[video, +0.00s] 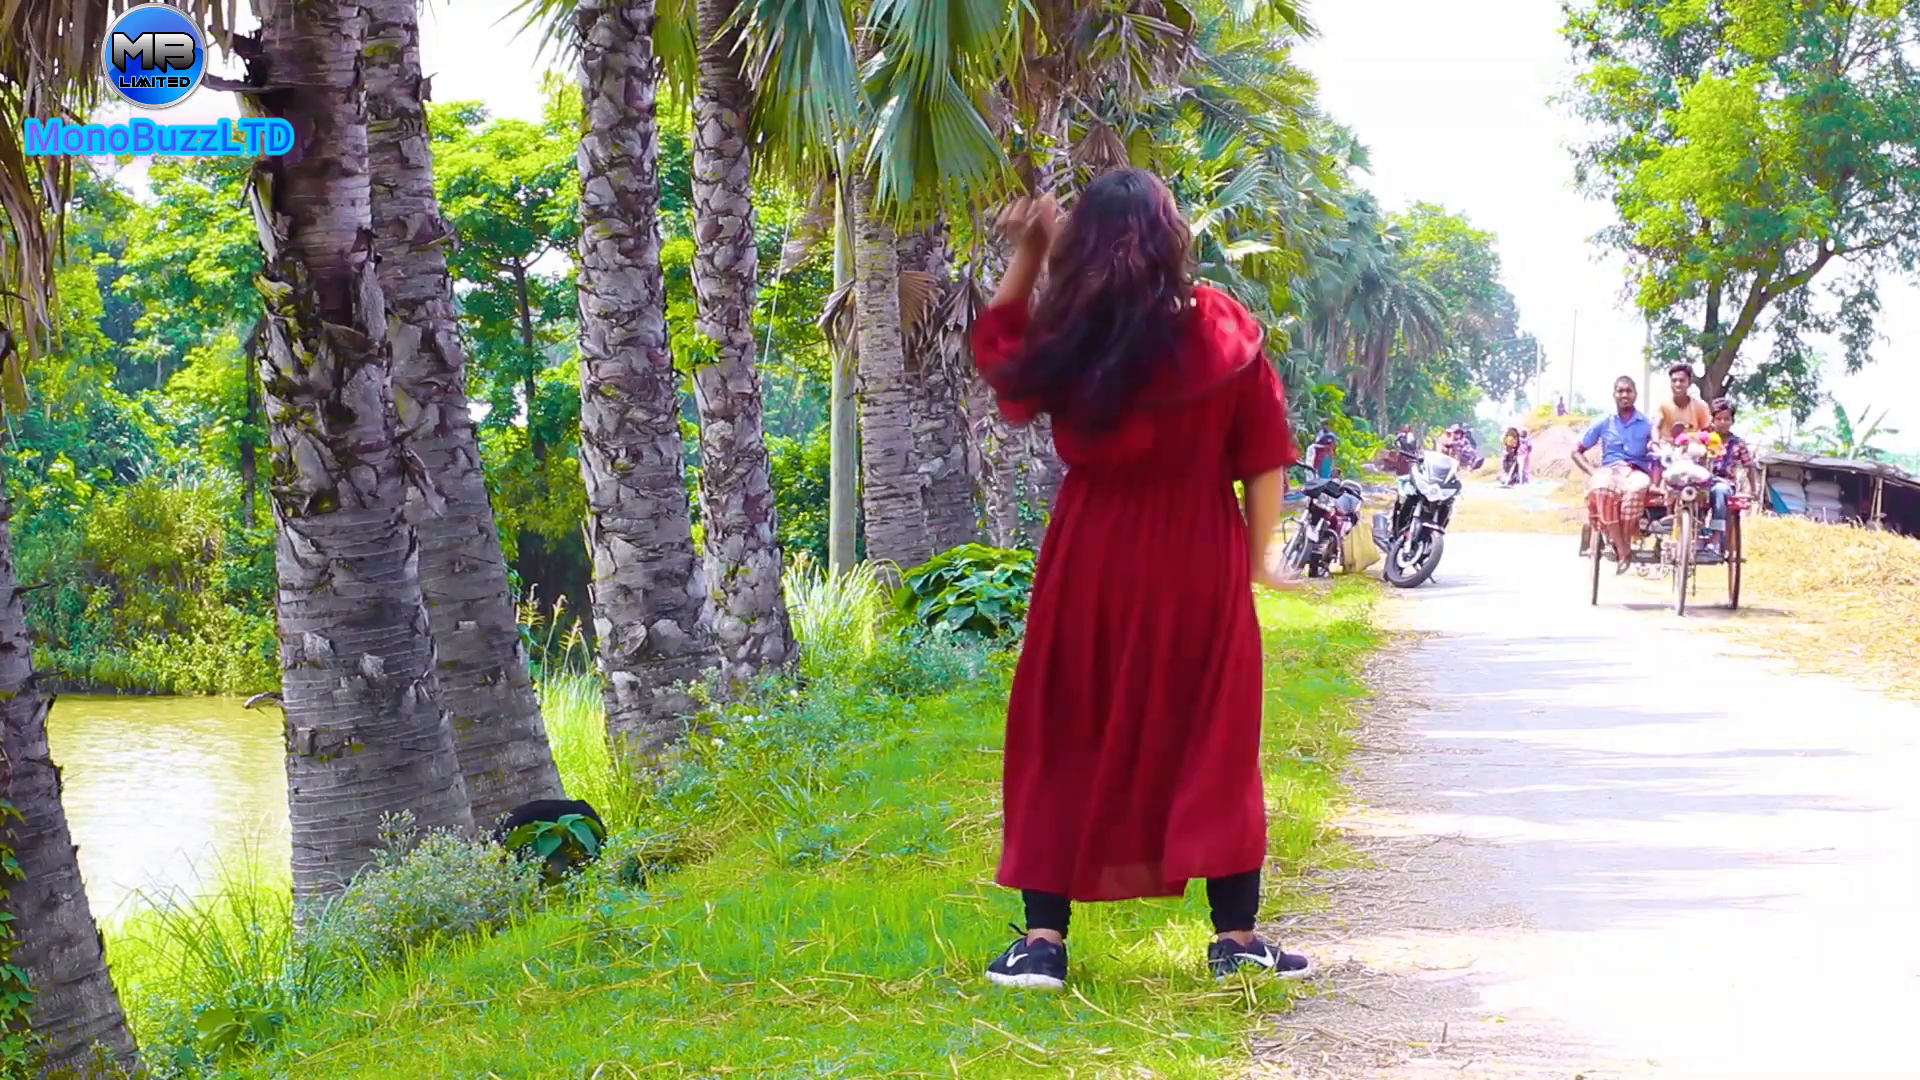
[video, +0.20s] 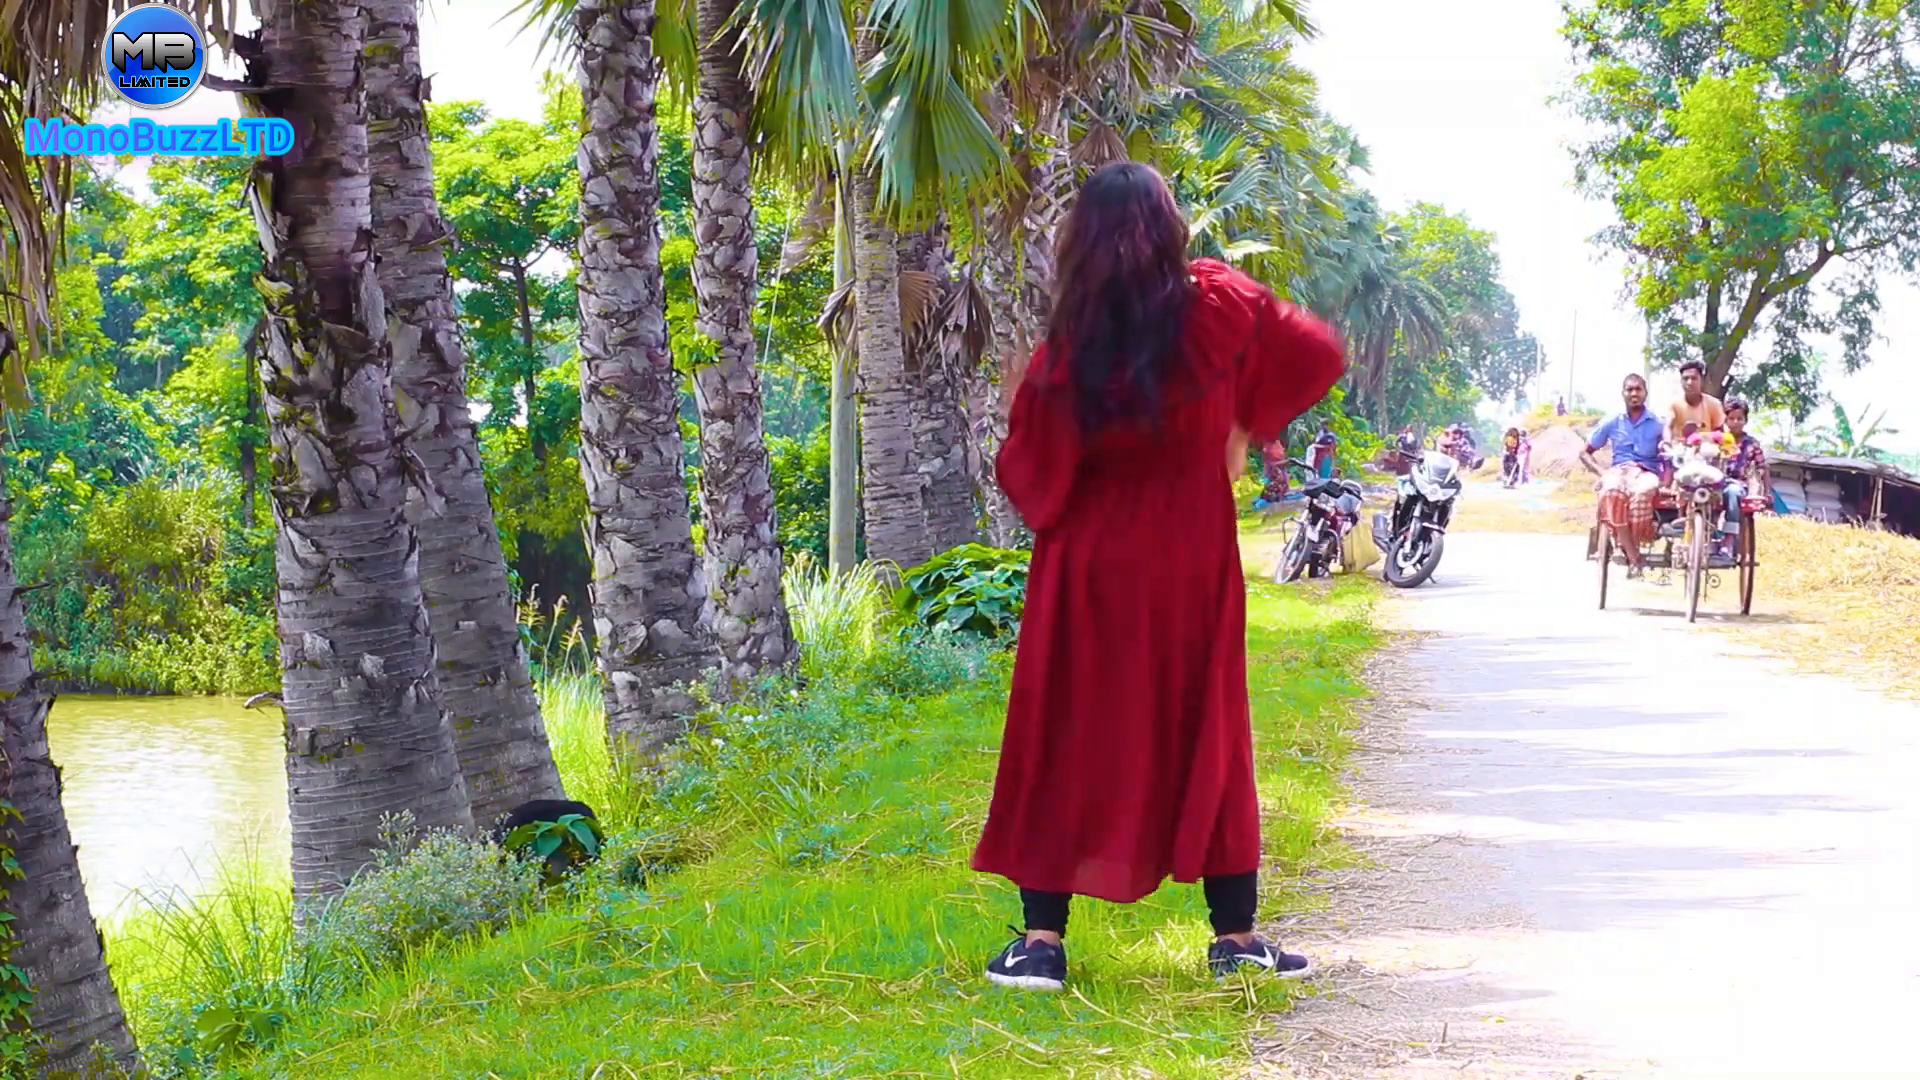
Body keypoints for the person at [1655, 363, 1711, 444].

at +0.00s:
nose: (1678, 384)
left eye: (1682, 381)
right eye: (1674, 380)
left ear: (1689, 383)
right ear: (1670, 383)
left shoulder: (1701, 407)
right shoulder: (1664, 406)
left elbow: (1708, 431)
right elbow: (1656, 427)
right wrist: (1655, 441)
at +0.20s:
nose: (1689, 383)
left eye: (1694, 378)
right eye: (1686, 378)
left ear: (1701, 380)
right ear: (1681, 381)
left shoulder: (1714, 404)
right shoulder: (1675, 405)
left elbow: (1720, 431)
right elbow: (1667, 427)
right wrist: (1667, 441)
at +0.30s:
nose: (1695, 381)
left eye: (1700, 377)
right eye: (1691, 377)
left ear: (1708, 380)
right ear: (1687, 380)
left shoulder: (1720, 404)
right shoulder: (1680, 403)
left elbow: (1727, 430)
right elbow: (1673, 426)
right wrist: (1673, 441)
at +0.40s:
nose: (1702, 379)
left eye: (1706, 375)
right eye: (1698, 375)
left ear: (1715, 377)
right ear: (1693, 378)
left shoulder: (1726, 402)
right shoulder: (1686, 400)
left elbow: (1735, 428)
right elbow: (1680, 424)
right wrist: (1679, 440)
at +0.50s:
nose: (1708, 378)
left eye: (1713, 374)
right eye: (1704, 374)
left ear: (1721, 377)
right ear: (1699, 377)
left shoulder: (1734, 402)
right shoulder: (1693, 401)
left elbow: (1741, 428)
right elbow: (1686, 424)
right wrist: (1685, 440)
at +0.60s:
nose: (1715, 376)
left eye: (1720, 372)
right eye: (1711, 372)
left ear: (1728, 375)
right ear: (1706, 376)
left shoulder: (1742, 400)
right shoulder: (1699, 398)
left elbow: (1749, 427)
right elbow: (1692, 423)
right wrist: (1690, 440)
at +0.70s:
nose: (1722, 375)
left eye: (1728, 370)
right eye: (1718, 370)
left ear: (1736, 374)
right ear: (1712, 373)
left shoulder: (1749, 399)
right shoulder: (1703, 395)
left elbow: (1756, 426)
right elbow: (1697, 421)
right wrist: (1696, 438)